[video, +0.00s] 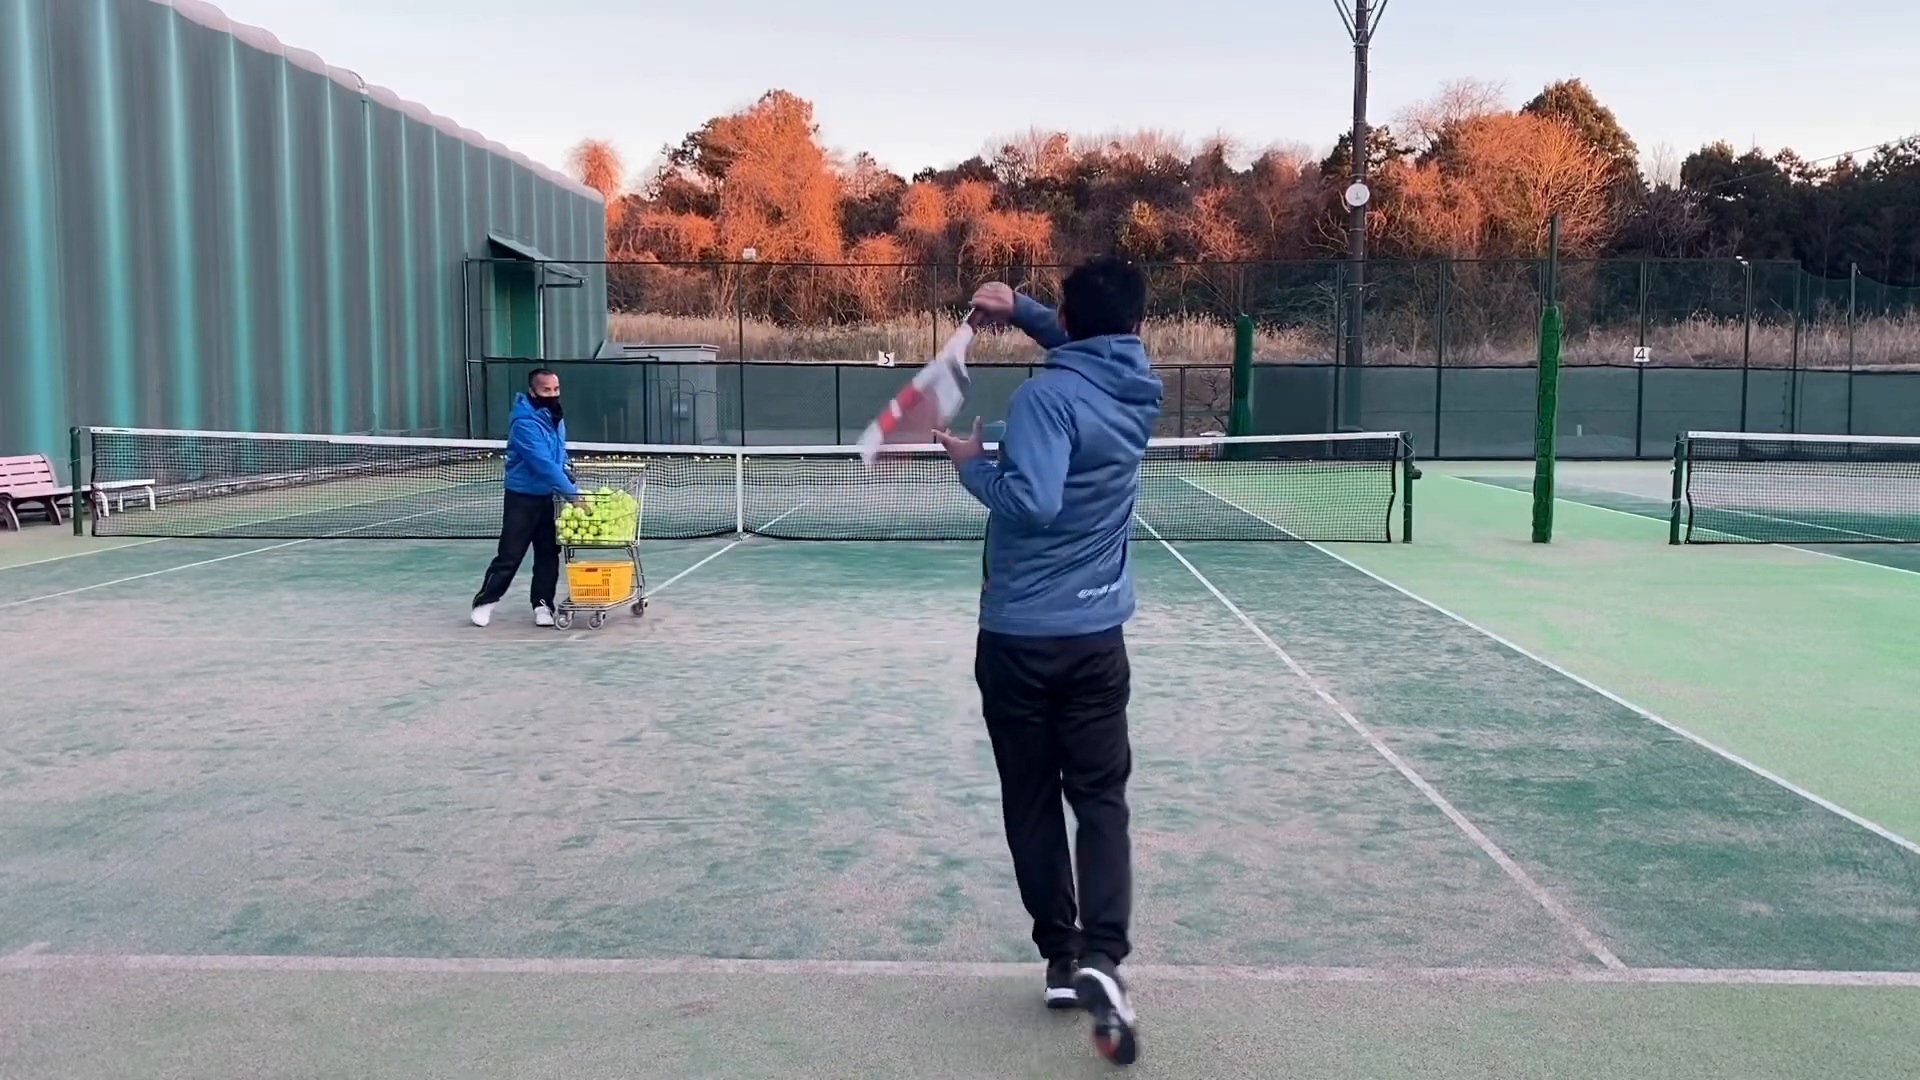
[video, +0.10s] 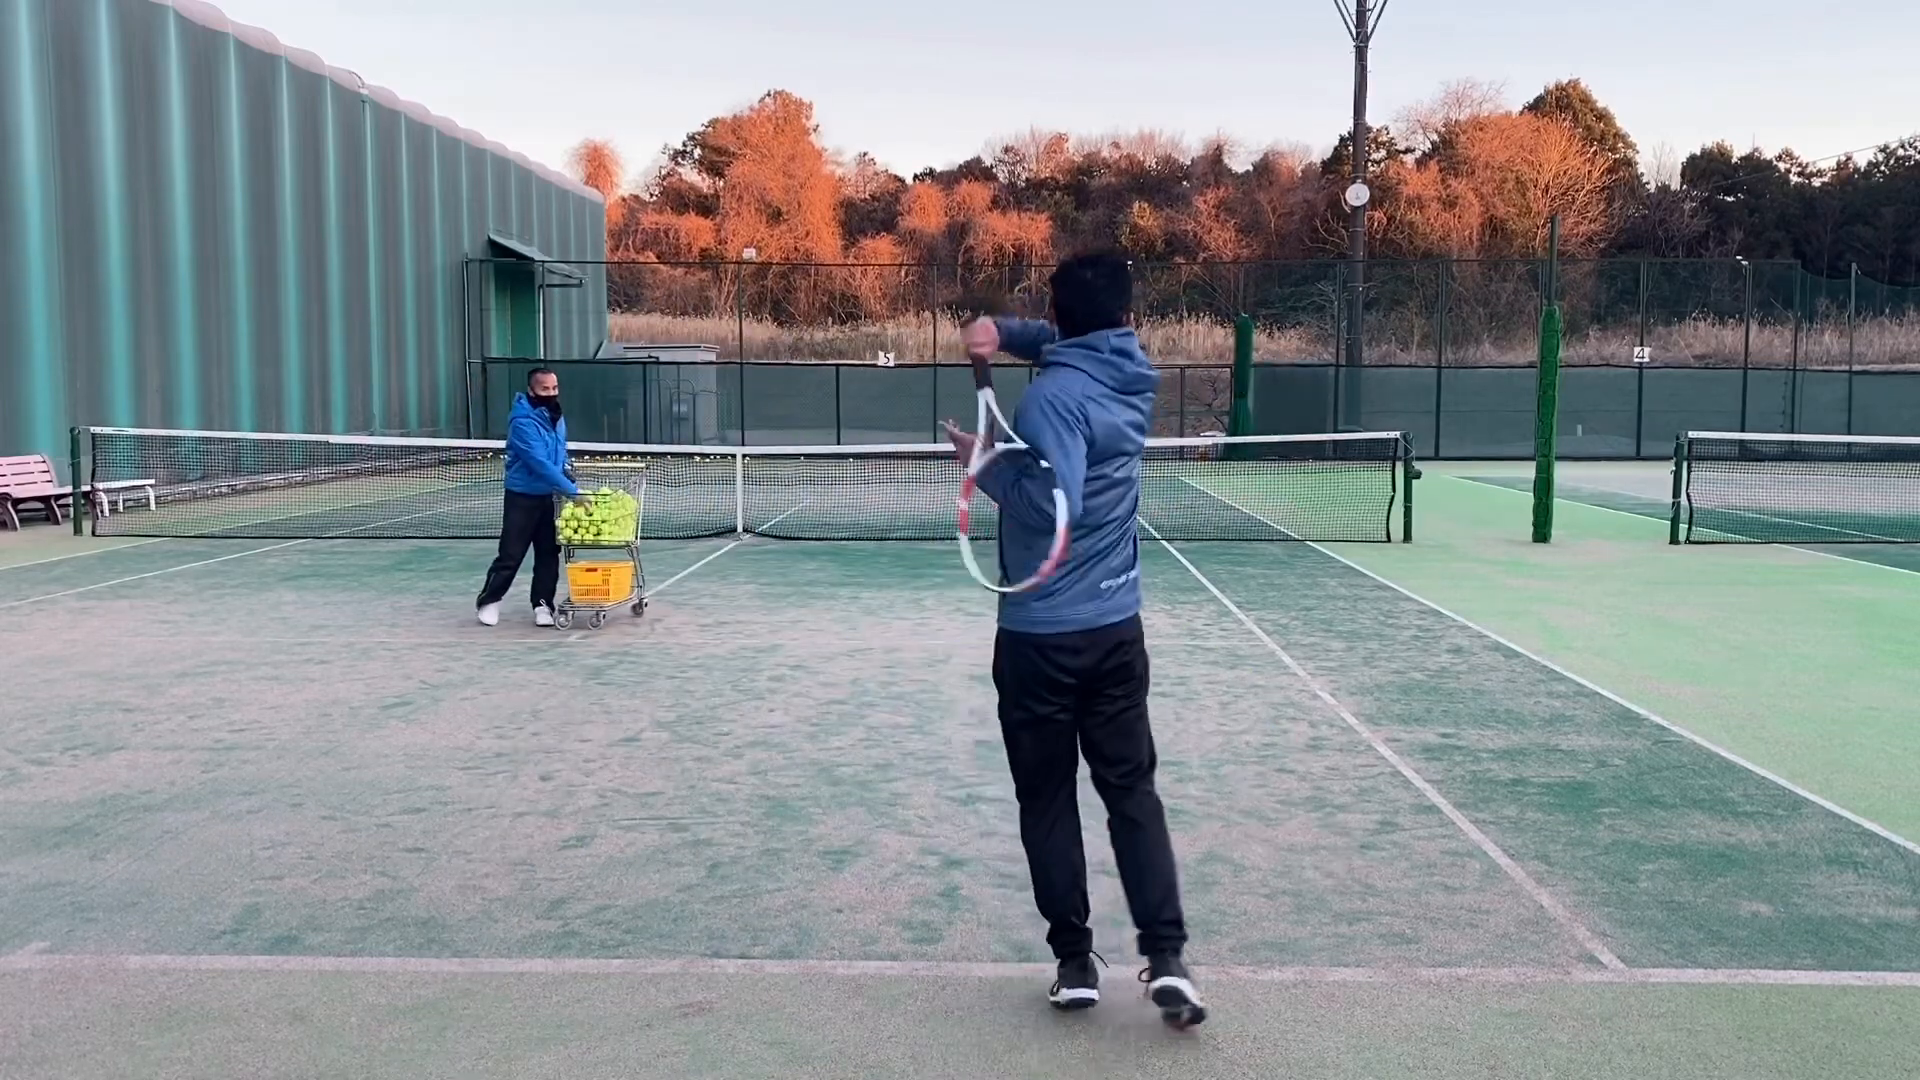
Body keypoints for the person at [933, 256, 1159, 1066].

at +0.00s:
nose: (1056, 317)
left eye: (1063, 309)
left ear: (1068, 320)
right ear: (1135, 326)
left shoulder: (1045, 395)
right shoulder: (1139, 386)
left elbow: (1034, 499)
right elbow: (1075, 337)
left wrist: (970, 460)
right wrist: (1018, 305)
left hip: (1018, 637)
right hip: (1097, 636)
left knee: (1031, 803)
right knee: (1102, 796)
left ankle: (1063, 961)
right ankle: (1102, 961)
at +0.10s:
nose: (1046, 320)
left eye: (1049, 310)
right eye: (1053, 311)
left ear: (1057, 318)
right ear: (1123, 316)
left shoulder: (1052, 394)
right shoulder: (1132, 374)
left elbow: (1052, 502)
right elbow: (1066, 345)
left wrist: (987, 459)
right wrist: (1002, 334)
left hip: (1039, 637)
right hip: (1116, 630)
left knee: (1046, 796)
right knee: (1131, 786)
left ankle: (1076, 961)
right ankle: (1167, 960)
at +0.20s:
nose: (1035, 331)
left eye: (1039, 321)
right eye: (1041, 319)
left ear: (1047, 329)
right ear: (1114, 327)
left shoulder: (1057, 414)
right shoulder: (1125, 387)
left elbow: (1070, 534)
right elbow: (1054, 397)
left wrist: (994, 486)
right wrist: (990, 402)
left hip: (1057, 654)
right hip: (1129, 643)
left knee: (1056, 812)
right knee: (1153, 794)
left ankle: (1095, 972)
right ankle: (1203, 952)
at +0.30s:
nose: (1025, 351)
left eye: (1029, 343)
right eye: (1031, 340)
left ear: (1039, 355)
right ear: (1100, 353)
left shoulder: (1063, 435)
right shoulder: (1113, 419)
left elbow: (1075, 554)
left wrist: (994, 524)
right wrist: (1035, 481)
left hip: (1077, 678)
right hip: (1141, 666)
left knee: (1022, 812)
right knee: (1163, 809)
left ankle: (1094, 952)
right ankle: (1237, 958)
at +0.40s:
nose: (1011, 393)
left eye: (1012, 383)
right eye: (1014, 382)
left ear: (1021, 393)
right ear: (1088, 385)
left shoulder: (1057, 468)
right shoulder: (1102, 450)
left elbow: (1068, 585)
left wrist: (990, 572)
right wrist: (977, 459)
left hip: (1086, 700)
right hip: (1137, 690)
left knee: (973, 789)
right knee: (1159, 832)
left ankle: (1054, 927)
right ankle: (1245, 973)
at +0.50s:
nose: (981, 403)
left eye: (983, 393)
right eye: (983, 392)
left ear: (992, 402)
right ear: (1059, 395)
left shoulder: (1019, 477)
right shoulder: (1083, 465)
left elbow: (1019, 594)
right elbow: (1105, 567)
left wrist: (957, 589)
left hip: (1059, 706)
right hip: (1116, 697)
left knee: (940, 791)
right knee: (1146, 835)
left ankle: (979, 950)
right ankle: (1243, 970)